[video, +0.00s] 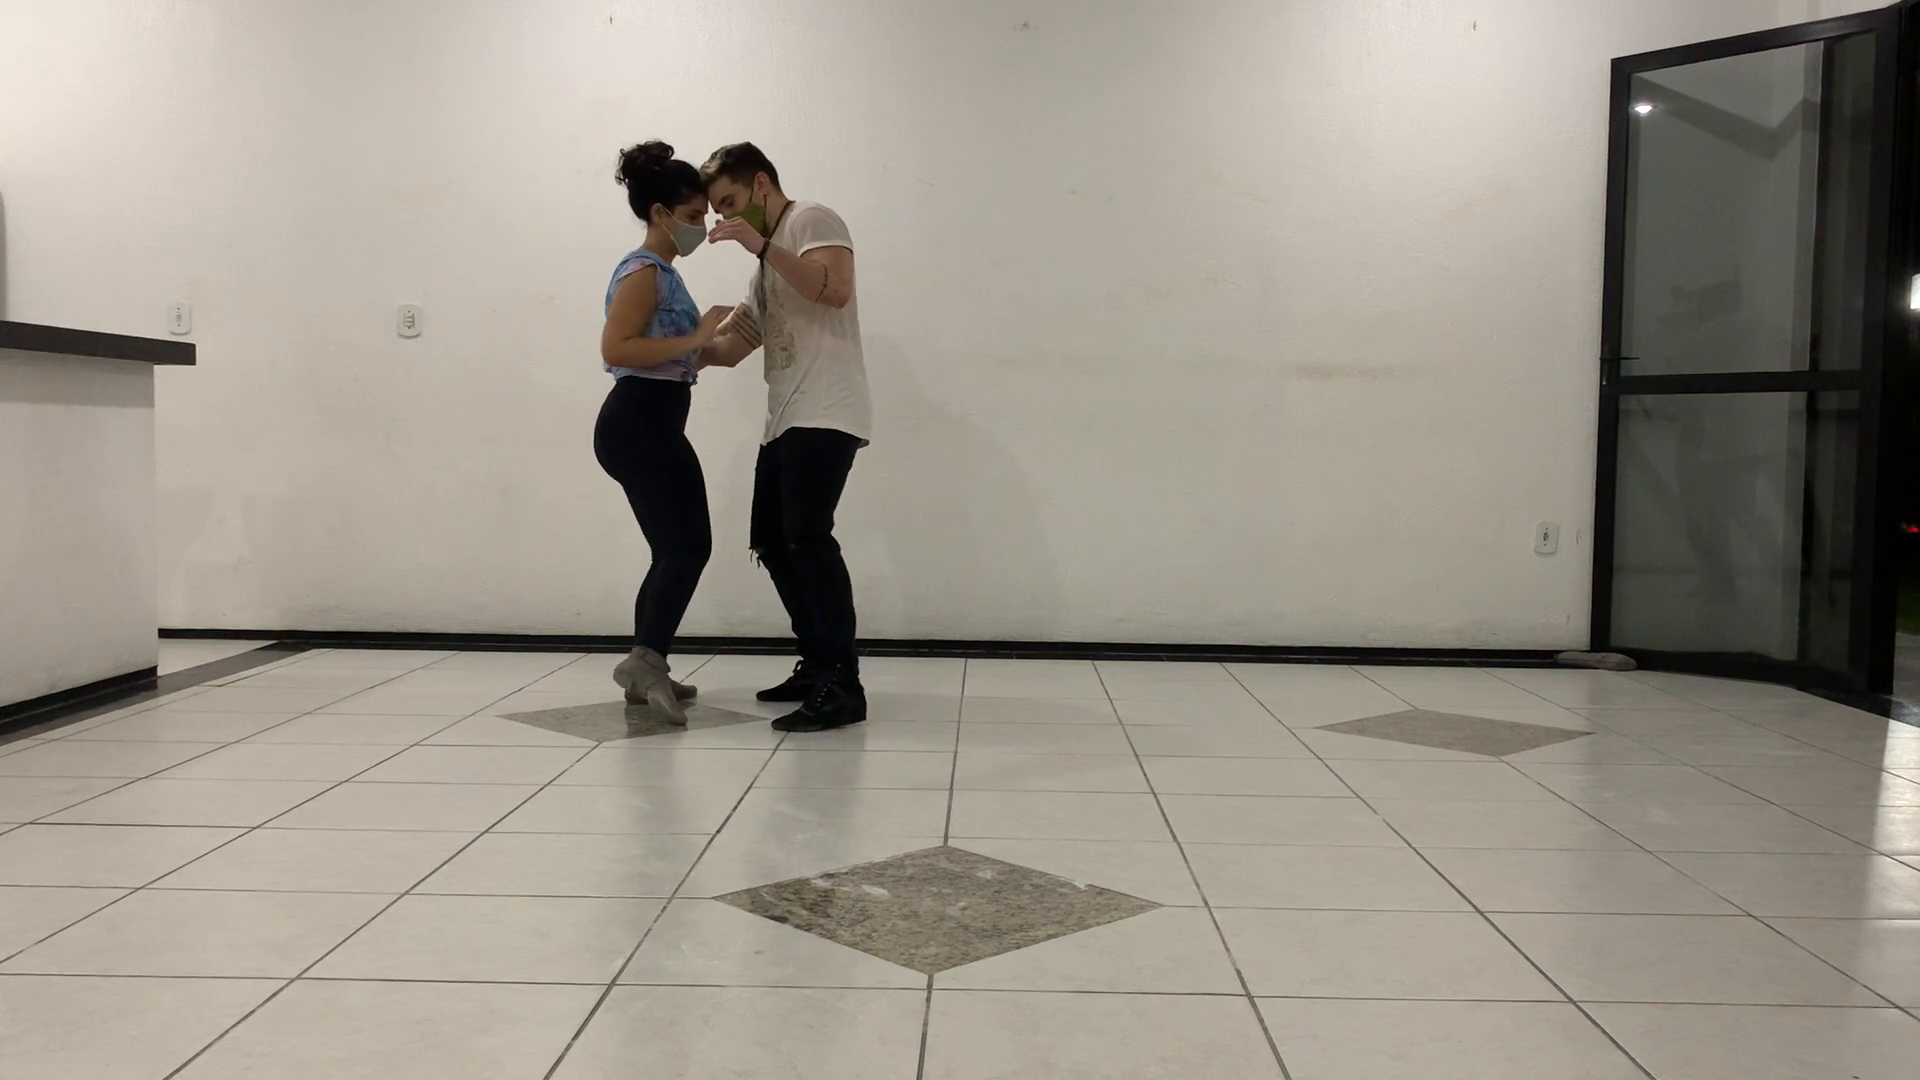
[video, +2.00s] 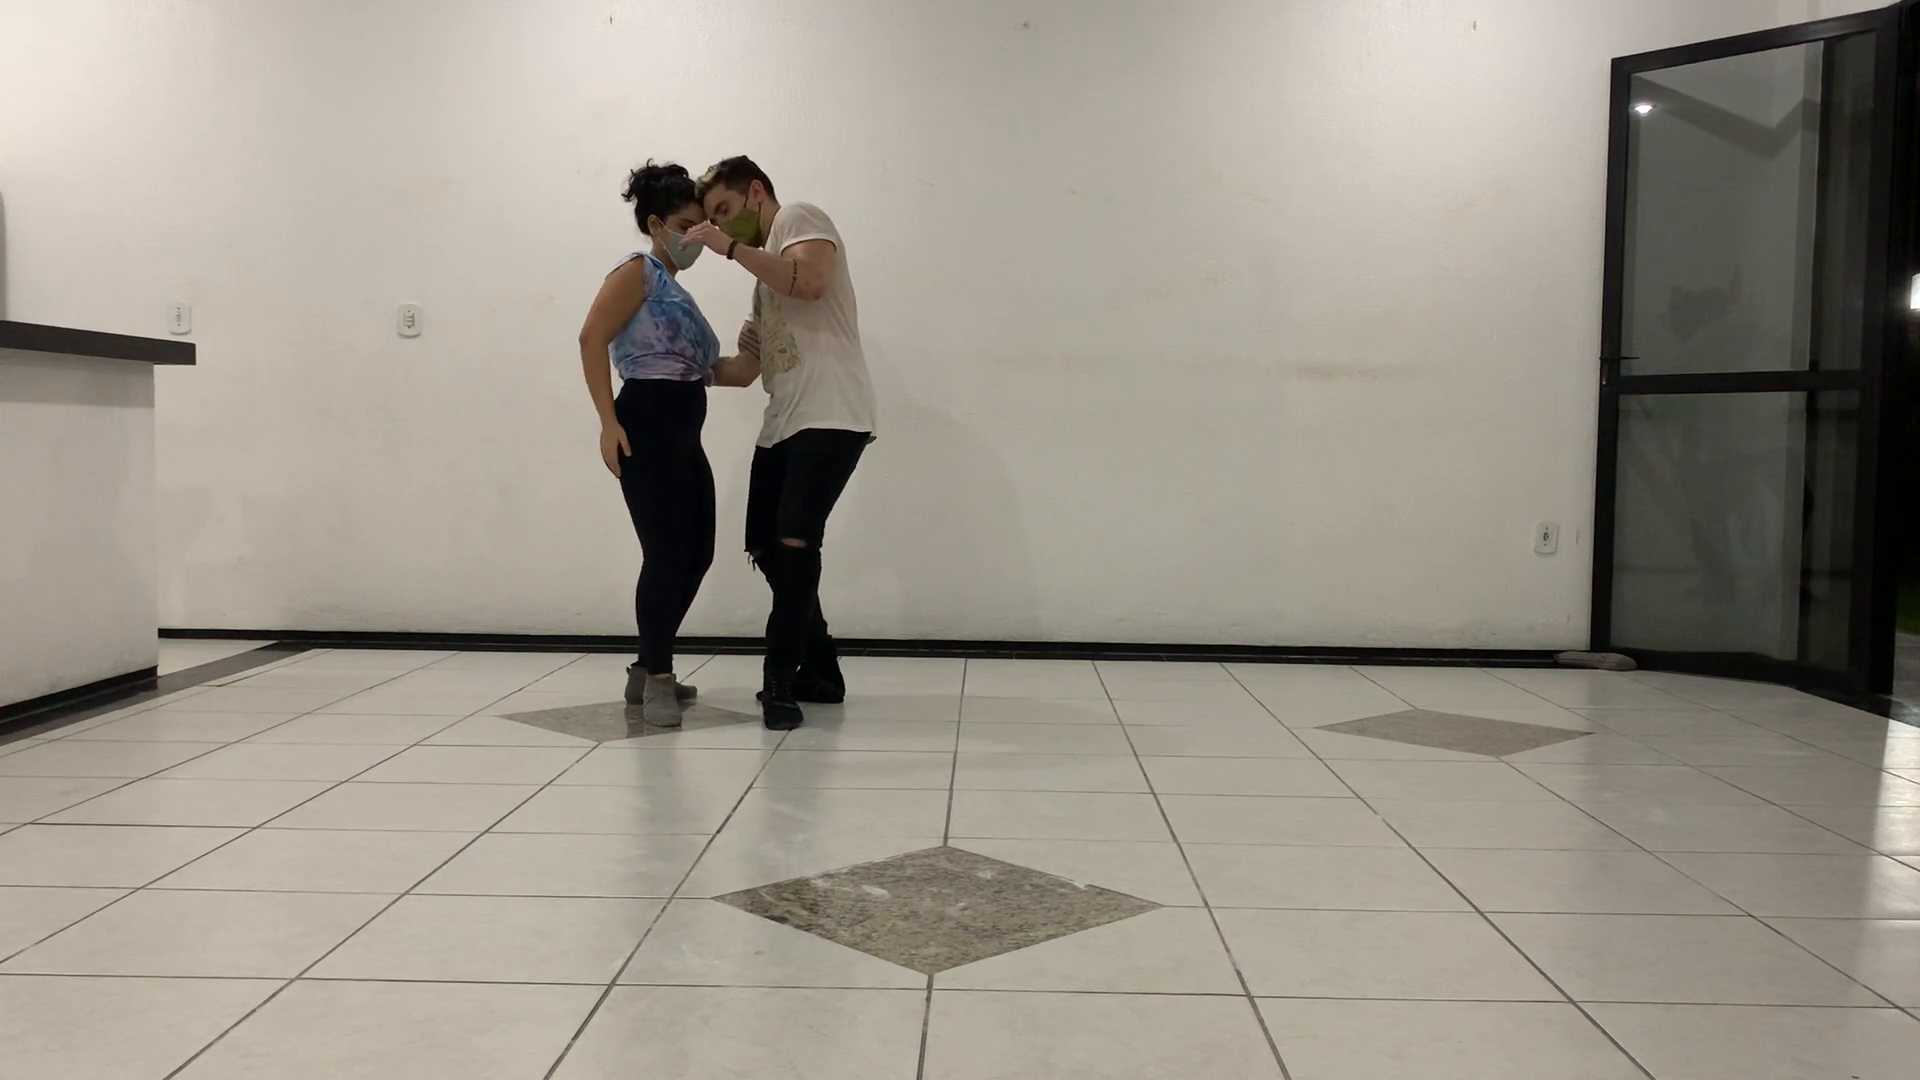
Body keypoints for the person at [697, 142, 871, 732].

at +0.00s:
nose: (730, 219)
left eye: (731, 203)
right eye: (721, 210)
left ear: (763, 183)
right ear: (740, 203)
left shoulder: (812, 219)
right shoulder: (765, 272)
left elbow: (836, 288)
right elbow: (728, 349)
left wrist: (760, 245)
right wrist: (660, 340)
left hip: (827, 411)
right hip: (786, 418)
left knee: (806, 538)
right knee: (771, 542)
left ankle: (842, 687)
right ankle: (818, 666)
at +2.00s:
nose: (722, 227)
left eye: (724, 211)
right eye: (714, 220)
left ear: (757, 192)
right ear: (739, 212)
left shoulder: (802, 218)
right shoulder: (763, 277)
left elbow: (809, 282)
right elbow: (744, 369)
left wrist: (732, 248)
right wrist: (686, 362)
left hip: (833, 411)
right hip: (782, 420)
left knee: (793, 536)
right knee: (765, 543)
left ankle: (778, 683)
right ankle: (820, 671)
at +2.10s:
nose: (721, 228)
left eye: (724, 212)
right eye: (713, 220)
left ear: (757, 193)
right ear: (738, 212)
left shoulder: (802, 218)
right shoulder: (762, 279)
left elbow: (811, 282)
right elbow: (743, 368)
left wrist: (735, 248)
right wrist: (681, 364)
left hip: (833, 406)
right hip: (783, 418)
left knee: (789, 527)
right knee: (762, 541)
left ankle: (798, 682)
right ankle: (820, 670)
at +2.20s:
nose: (723, 229)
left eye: (725, 213)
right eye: (714, 221)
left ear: (757, 193)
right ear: (737, 216)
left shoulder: (802, 219)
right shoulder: (762, 282)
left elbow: (813, 282)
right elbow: (742, 370)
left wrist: (738, 249)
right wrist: (679, 360)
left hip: (834, 403)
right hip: (786, 415)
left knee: (787, 520)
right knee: (762, 538)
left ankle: (823, 673)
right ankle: (811, 665)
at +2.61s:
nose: (722, 230)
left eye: (725, 214)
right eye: (714, 222)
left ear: (758, 194)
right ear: (740, 214)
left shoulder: (799, 221)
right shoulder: (769, 280)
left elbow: (806, 284)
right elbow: (744, 369)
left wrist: (726, 250)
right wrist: (678, 362)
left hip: (827, 410)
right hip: (788, 421)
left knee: (803, 538)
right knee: (766, 542)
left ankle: (843, 690)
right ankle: (818, 666)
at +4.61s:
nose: (718, 195)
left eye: (718, 179)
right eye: (713, 187)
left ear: (747, 155)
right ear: (754, 160)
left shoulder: (795, 192)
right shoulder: (793, 213)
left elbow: (780, 281)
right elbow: (734, 317)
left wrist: (696, 234)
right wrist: (657, 327)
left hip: (850, 394)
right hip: (854, 395)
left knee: (818, 537)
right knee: (838, 538)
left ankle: (825, 696)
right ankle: (820, 683)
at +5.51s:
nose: (670, 201)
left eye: (671, 185)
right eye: (664, 191)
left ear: (704, 160)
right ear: (702, 168)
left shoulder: (773, 195)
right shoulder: (726, 240)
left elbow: (800, 280)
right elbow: (665, 328)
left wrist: (704, 246)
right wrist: (578, 347)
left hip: (836, 395)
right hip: (788, 401)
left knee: (798, 540)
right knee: (729, 512)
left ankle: (824, 702)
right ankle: (873, 496)